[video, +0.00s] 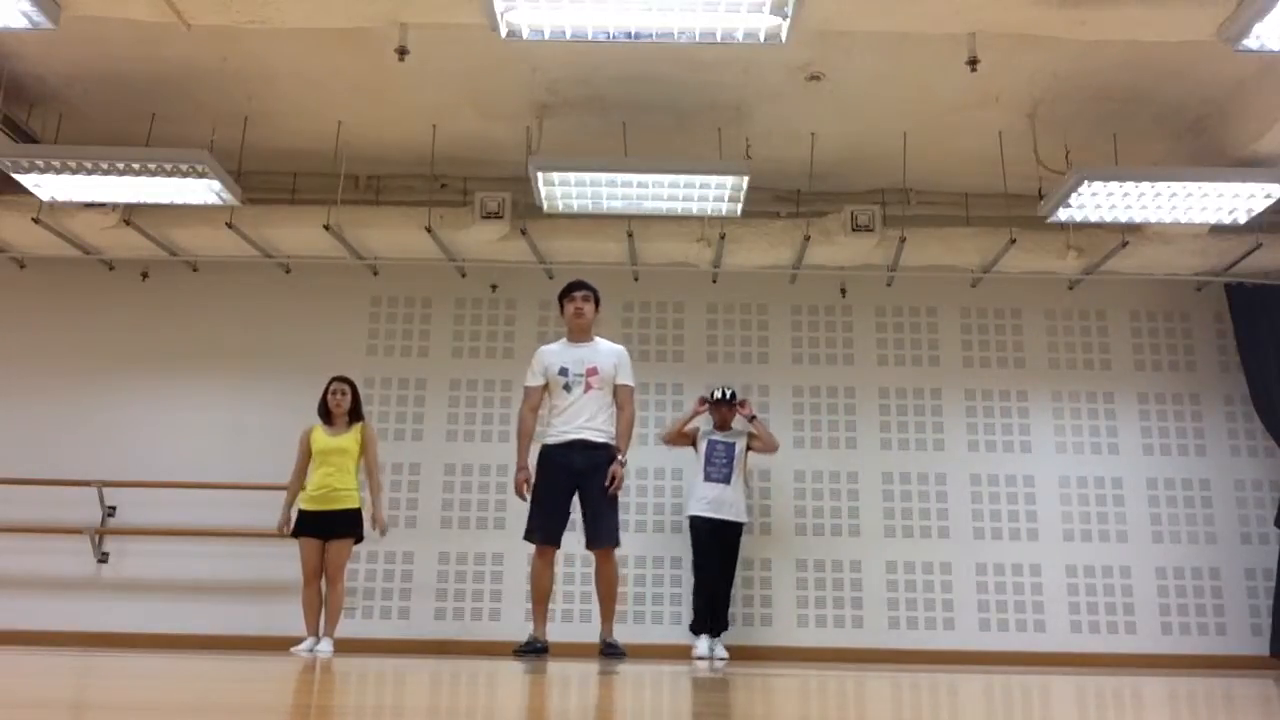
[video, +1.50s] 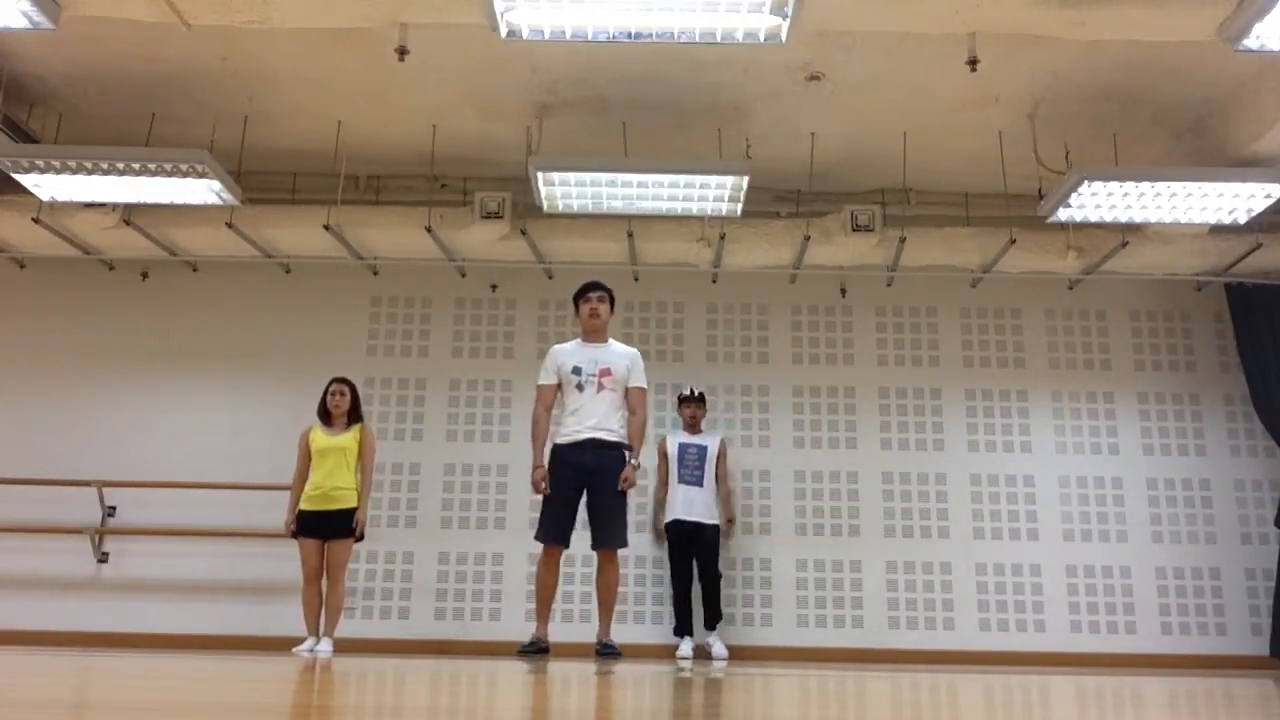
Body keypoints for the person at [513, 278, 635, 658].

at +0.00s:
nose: (579, 306)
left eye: (586, 301)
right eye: (572, 301)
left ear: (596, 310)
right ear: (562, 310)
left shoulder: (615, 354)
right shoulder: (545, 355)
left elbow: (626, 407)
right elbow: (529, 409)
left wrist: (620, 456)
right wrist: (522, 463)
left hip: (599, 456)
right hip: (554, 456)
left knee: (604, 548)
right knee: (544, 548)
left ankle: (607, 636)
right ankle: (538, 635)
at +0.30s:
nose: (590, 307)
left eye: (597, 301)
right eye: (584, 302)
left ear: (609, 310)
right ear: (574, 311)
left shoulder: (626, 356)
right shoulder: (557, 354)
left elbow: (638, 413)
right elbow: (545, 410)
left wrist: (634, 464)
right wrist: (539, 461)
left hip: (605, 456)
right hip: (561, 454)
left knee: (608, 549)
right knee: (543, 533)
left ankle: (608, 635)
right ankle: (535, 621)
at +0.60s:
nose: (584, 307)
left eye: (590, 302)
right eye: (577, 302)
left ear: (600, 312)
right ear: (565, 311)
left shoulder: (616, 356)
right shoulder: (546, 352)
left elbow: (629, 410)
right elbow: (530, 410)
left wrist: (631, 456)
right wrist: (528, 464)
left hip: (597, 457)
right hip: (552, 456)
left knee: (606, 542)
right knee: (543, 547)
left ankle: (610, 632)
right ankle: (537, 635)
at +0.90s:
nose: (584, 307)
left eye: (591, 301)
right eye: (578, 302)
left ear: (601, 311)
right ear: (566, 311)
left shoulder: (619, 357)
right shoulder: (548, 354)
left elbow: (627, 413)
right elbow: (532, 407)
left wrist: (625, 464)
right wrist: (527, 459)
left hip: (600, 456)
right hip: (555, 455)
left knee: (603, 549)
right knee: (546, 547)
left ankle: (605, 635)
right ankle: (537, 635)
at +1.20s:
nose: (593, 307)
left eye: (600, 302)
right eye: (587, 302)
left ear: (611, 311)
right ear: (576, 311)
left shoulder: (628, 356)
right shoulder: (558, 353)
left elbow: (638, 413)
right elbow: (547, 411)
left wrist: (639, 461)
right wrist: (546, 464)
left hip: (610, 457)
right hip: (567, 455)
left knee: (609, 549)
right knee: (549, 544)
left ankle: (606, 636)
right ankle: (538, 633)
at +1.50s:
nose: (594, 307)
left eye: (601, 302)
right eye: (588, 302)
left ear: (611, 311)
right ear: (577, 311)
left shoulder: (630, 357)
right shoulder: (558, 354)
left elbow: (638, 411)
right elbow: (542, 409)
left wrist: (633, 459)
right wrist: (538, 462)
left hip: (610, 456)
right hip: (566, 455)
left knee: (607, 550)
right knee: (552, 547)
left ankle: (604, 636)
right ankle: (540, 634)